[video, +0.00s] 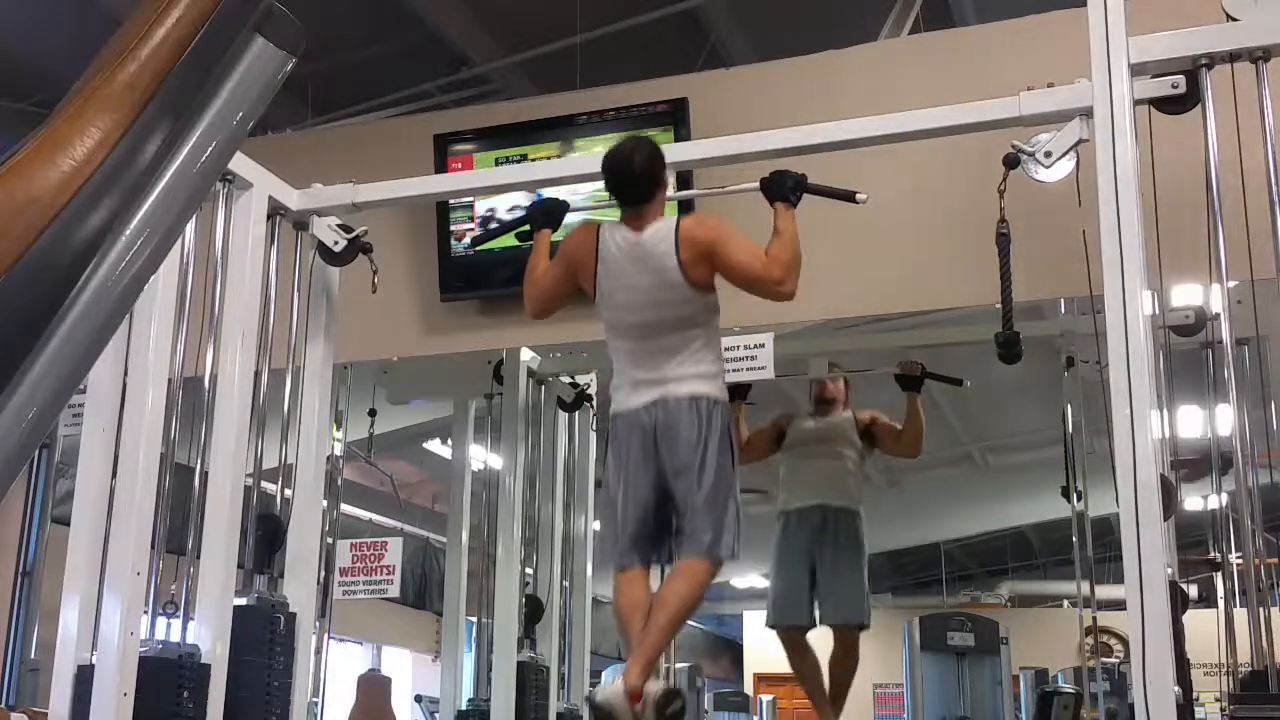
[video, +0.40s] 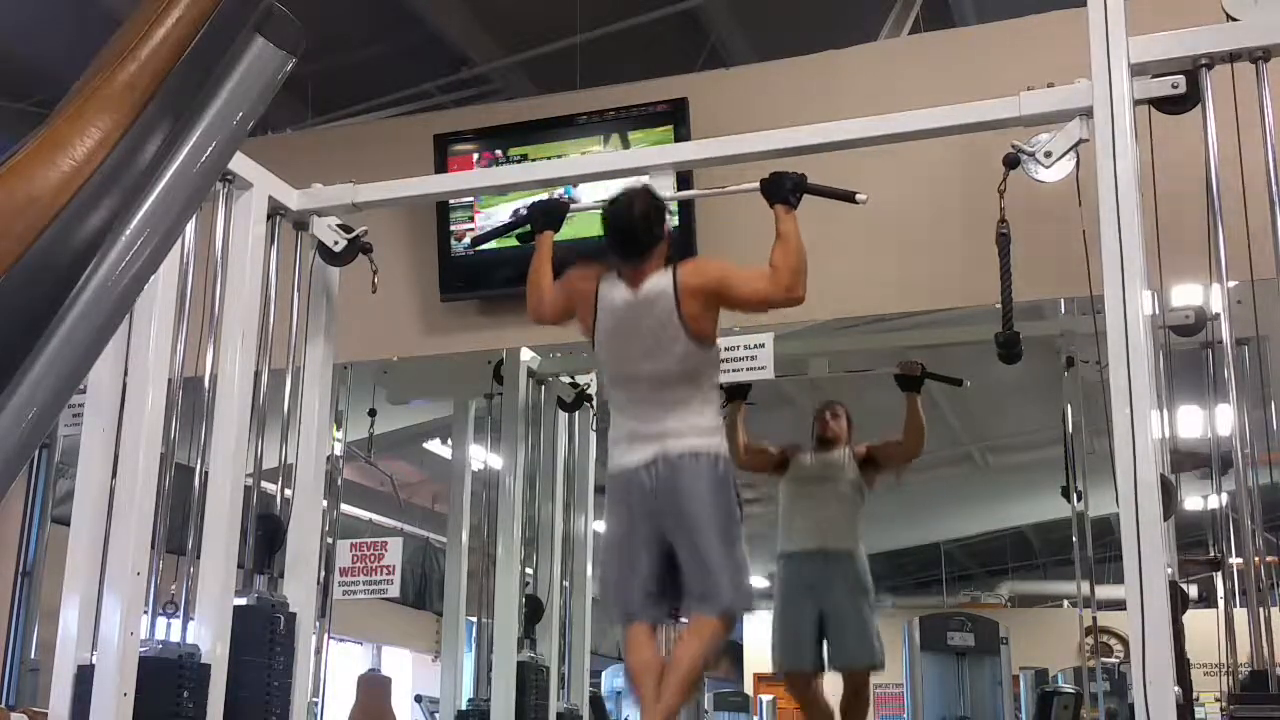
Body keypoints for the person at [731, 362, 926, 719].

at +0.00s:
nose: (822, 384)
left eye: (831, 378)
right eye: (816, 380)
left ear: (846, 390)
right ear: (809, 391)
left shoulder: (863, 421)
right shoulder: (789, 423)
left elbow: (909, 446)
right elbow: (741, 453)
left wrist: (912, 393)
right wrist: (737, 404)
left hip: (843, 523)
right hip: (794, 524)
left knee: (846, 628)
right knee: (789, 627)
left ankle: (832, 714)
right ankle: (825, 712)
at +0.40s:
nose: (826, 419)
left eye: (835, 415)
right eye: (820, 416)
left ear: (849, 429)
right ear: (813, 428)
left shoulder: (860, 457)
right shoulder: (791, 458)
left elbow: (910, 448)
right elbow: (741, 455)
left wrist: (912, 394)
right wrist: (735, 404)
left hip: (845, 568)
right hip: (795, 569)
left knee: (857, 673)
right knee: (797, 677)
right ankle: (827, 715)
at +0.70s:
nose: (824, 464)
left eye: (833, 462)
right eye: (819, 462)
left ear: (846, 475)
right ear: (811, 473)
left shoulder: (857, 499)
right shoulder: (789, 497)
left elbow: (901, 453)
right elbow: (745, 460)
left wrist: (909, 396)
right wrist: (736, 403)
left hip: (839, 614)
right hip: (789, 613)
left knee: (846, 709)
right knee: (784, 709)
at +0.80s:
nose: (827, 454)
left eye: (835, 453)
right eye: (821, 453)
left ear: (847, 467)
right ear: (811, 466)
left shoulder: (858, 491)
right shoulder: (789, 490)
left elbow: (901, 451)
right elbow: (743, 458)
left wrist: (910, 395)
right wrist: (736, 402)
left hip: (840, 605)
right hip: (789, 605)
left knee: (844, 705)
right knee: (784, 705)